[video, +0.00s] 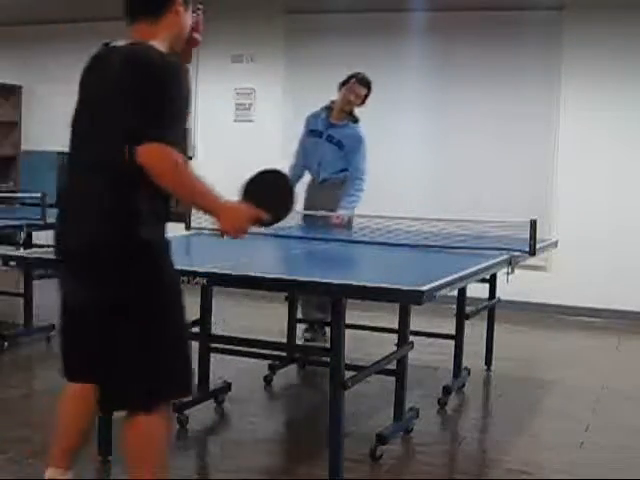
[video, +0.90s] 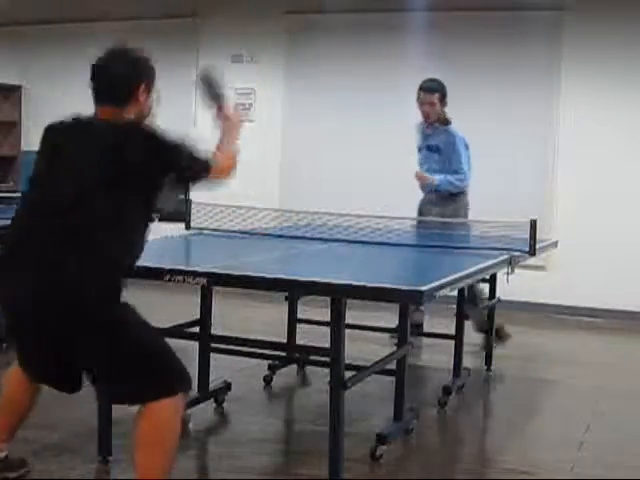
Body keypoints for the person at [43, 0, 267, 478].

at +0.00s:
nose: (194, 22)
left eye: (195, 14)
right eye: (193, 11)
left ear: (136, 13)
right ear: (177, 10)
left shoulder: (101, 62)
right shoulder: (159, 67)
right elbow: (156, 154)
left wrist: (181, 54)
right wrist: (221, 208)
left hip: (81, 241)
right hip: (131, 246)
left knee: (85, 372)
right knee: (152, 389)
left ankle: (56, 471)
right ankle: (146, 475)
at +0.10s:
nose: (201, 25)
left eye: (204, 17)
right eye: (202, 14)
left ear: (145, 12)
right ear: (191, 10)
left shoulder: (105, 61)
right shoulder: (182, 72)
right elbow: (190, 157)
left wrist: (186, 53)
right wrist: (251, 202)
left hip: (87, 237)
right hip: (144, 243)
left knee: (91, 373)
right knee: (156, 393)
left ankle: (62, 471)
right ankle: (146, 474)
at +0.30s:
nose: (208, 16)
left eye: (208, 11)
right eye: (209, 10)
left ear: (154, 9)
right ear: (202, 9)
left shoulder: (108, 61)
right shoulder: (206, 78)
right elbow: (243, 163)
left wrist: (190, 46)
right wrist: (292, 174)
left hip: (98, 242)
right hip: (163, 248)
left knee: (92, 369)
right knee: (160, 391)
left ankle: (62, 469)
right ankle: (151, 475)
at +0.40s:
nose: (209, 18)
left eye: (208, 13)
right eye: (211, 12)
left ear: (155, 11)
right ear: (205, 11)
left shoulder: (103, 56)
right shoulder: (210, 77)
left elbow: (63, 42)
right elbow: (283, 130)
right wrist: (309, 108)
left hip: (97, 248)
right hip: (164, 254)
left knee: (86, 367)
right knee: (159, 394)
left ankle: (50, 463)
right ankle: (150, 474)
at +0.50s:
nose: (205, 13)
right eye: (204, 8)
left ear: (142, 12)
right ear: (200, 12)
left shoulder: (105, 46)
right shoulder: (212, 65)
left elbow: (66, 1)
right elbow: (294, 62)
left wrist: (122, 11)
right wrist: (312, 38)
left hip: (89, 246)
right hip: (155, 254)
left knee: (72, 359)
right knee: (161, 389)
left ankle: (32, 458)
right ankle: (150, 474)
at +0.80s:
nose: (165, 59)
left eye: (164, 51)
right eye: (166, 51)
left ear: (111, 51)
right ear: (158, 54)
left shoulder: (78, 93)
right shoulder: (165, 103)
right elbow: (246, 98)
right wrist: (266, 54)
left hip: (36, 262)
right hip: (99, 272)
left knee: (40, 354)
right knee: (165, 387)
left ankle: (1, 442)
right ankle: (147, 473)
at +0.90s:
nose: (151, 100)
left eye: (151, 92)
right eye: (151, 92)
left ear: (97, 91)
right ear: (141, 94)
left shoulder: (58, 135)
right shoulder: (144, 146)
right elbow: (222, 167)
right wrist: (231, 127)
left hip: (21, 292)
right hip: (86, 302)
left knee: (30, 364)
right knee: (167, 389)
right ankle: (150, 475)